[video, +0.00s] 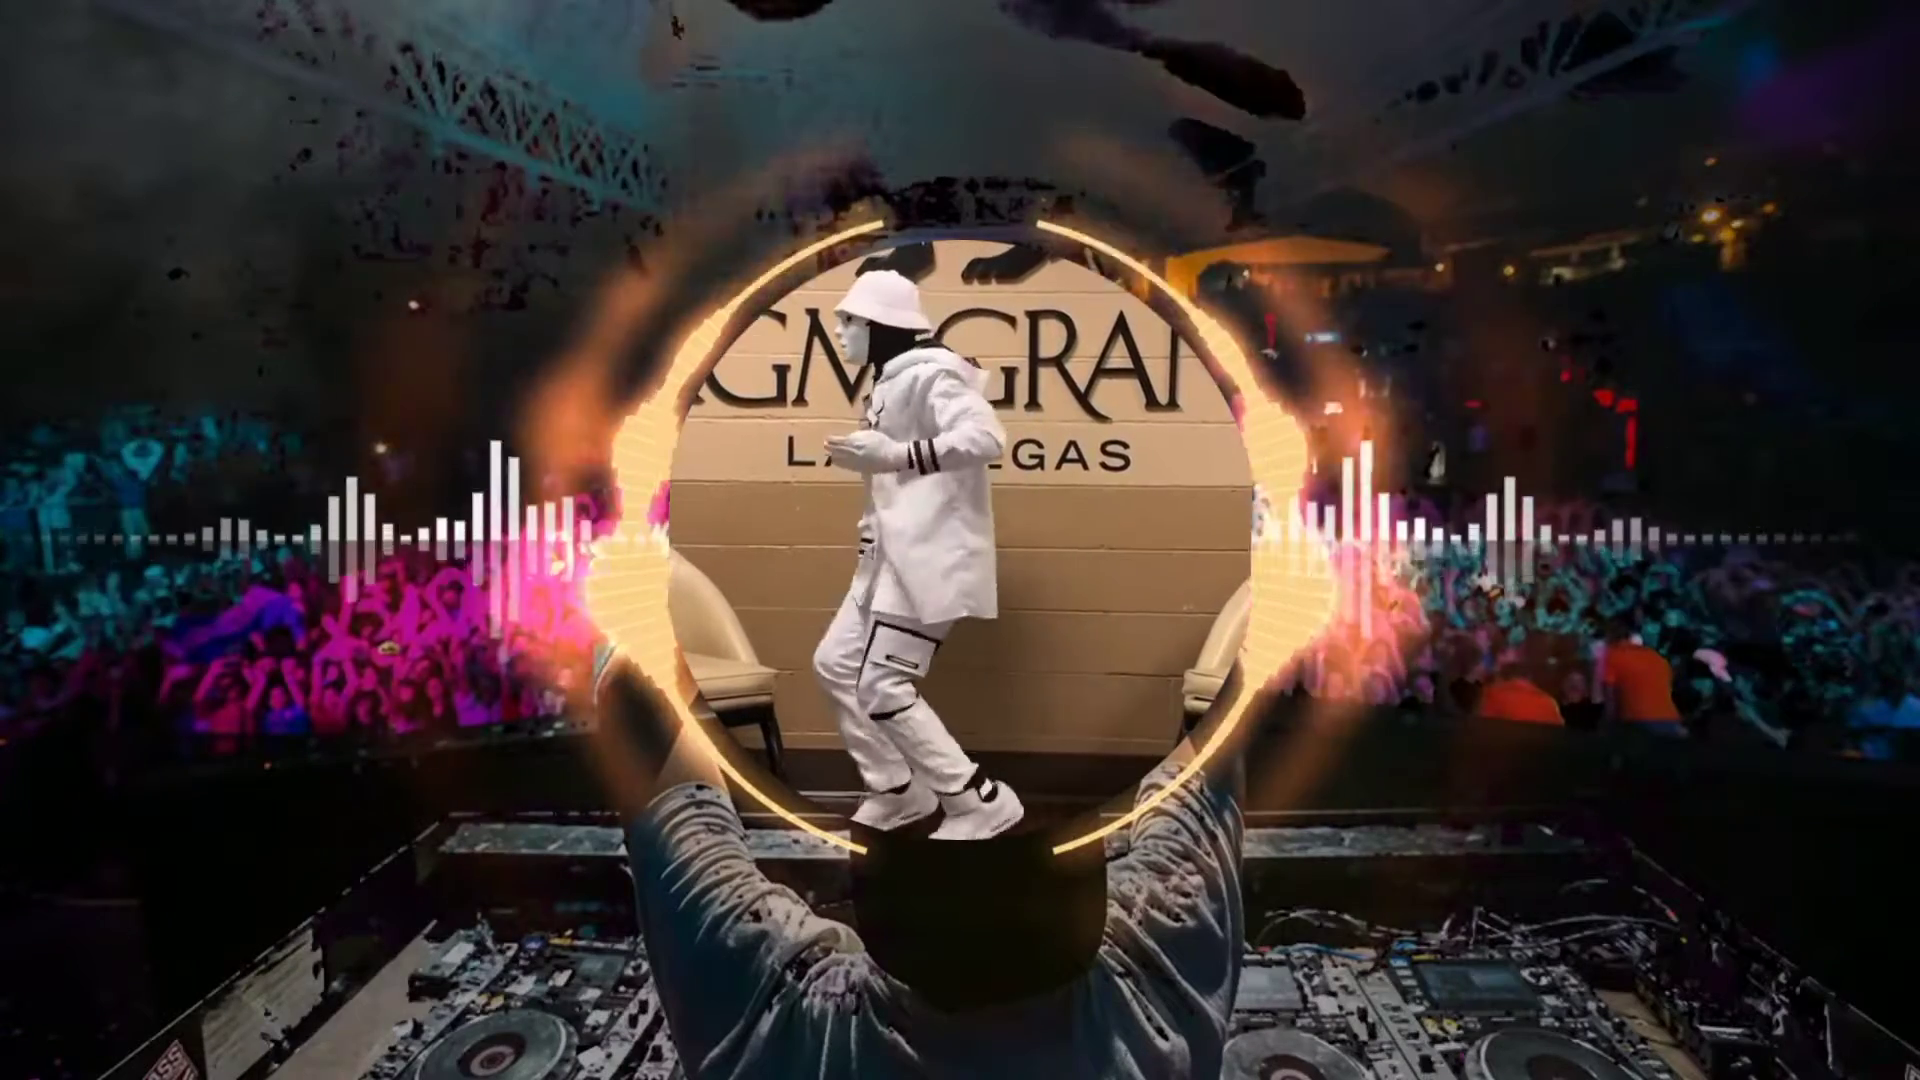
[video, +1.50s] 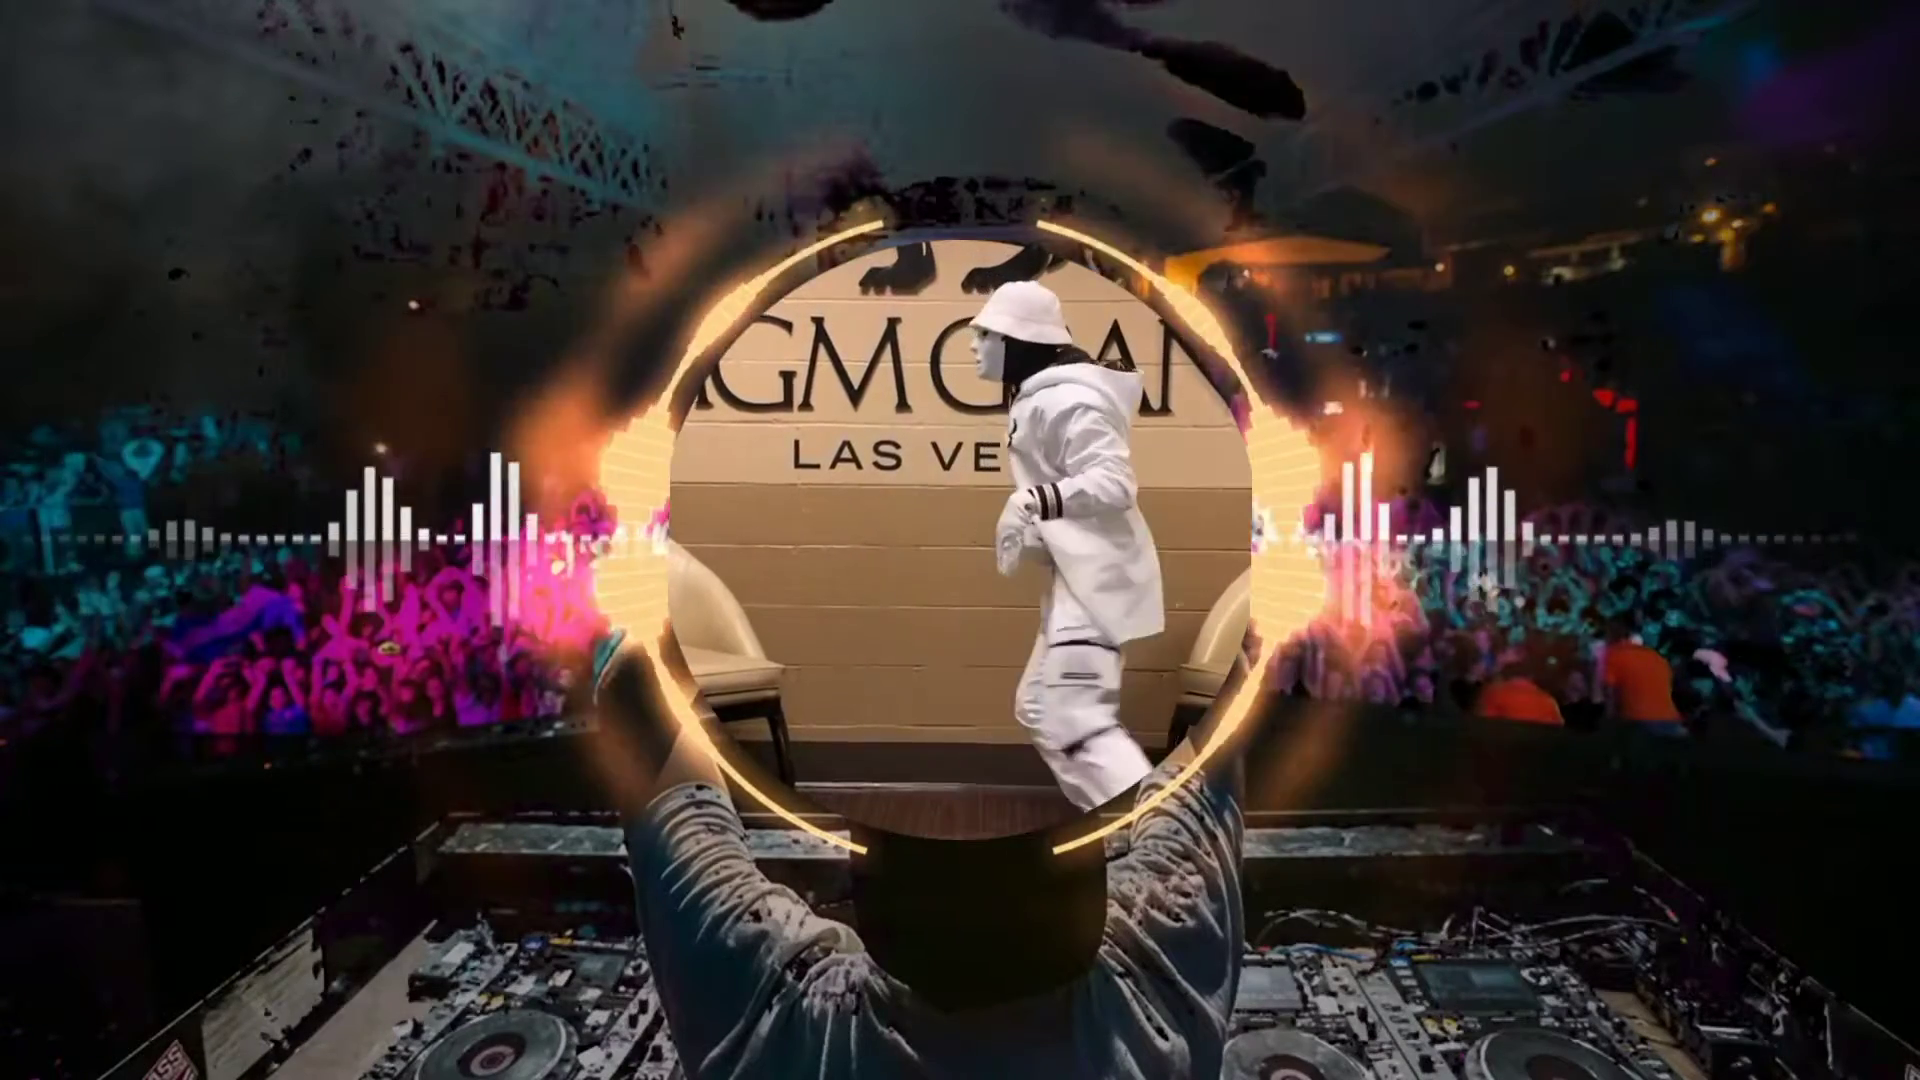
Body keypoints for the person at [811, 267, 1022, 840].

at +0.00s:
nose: (841, 332)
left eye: (850, 321)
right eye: (843, 320)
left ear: (881, 325)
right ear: (885, 326)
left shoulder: (932, 371)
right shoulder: (890, 382)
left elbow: (984, 437)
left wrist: (897, 455)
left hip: (931, 565)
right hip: (888, 562)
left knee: (884, 687)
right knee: (838, 665)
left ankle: (978, 800)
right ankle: (898, 791)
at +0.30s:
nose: (869, 304)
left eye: (877, 293)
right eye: (870, 293)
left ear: (908, 296)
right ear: (910, 296)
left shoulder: (950, 347)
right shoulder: (917, 355)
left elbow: (1008, 409)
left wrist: (927, 459)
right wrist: (899, 463)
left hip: (958, 548)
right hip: (923, 548)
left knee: (943, 673)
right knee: (901, 666)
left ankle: (989, 808)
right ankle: (912, 801)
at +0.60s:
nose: (905, 337)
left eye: (913, 326)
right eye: (906, 326)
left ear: (940, 327)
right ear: (946, 326)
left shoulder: (988, 355)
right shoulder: (957, 375)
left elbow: (1027, 394)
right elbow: (950, 485)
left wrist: (941, 400)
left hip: (987, 563)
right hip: (956, 561)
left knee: (931, 688)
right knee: (895, 645)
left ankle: (990, 811)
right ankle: (929, 781)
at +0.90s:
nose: (943, 339)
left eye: (952, 328)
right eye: (946, 327)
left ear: (982, 329)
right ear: (992, 329)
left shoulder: (1023, 360)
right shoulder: (1013, 374)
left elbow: (1053, 410)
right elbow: (1029, 477)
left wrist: (974, 417)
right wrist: (975, 502)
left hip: (1025, 573)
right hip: (1052, 571)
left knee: (964, 687)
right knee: (1021, 698)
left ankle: (988, 813)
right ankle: (1097, 809)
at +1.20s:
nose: (958, 338)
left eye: (967, 328)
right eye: (960, 327)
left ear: (1000, 331)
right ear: (1008, 331)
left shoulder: (1050, 386)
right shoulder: (1025, 387)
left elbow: (1112, 459)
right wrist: (1011, 508)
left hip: (1039, 580)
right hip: (1047, 580)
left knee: (963, 692)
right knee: (1017, 699)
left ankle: (988, 814)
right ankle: (1092, 803)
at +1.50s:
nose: (979, 350)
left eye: (988, 339)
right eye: (980, 339)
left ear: (1020, 344)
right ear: (1027, 345)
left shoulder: (1070, 398)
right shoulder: (1039, 402)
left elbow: (1114, 482)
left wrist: (1035, 500)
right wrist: (1031, 521)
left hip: (1099, 580)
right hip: (1074, 581)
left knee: (1069, 707)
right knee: (1040, 704)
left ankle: (1155, 815)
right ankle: (1123, 820)